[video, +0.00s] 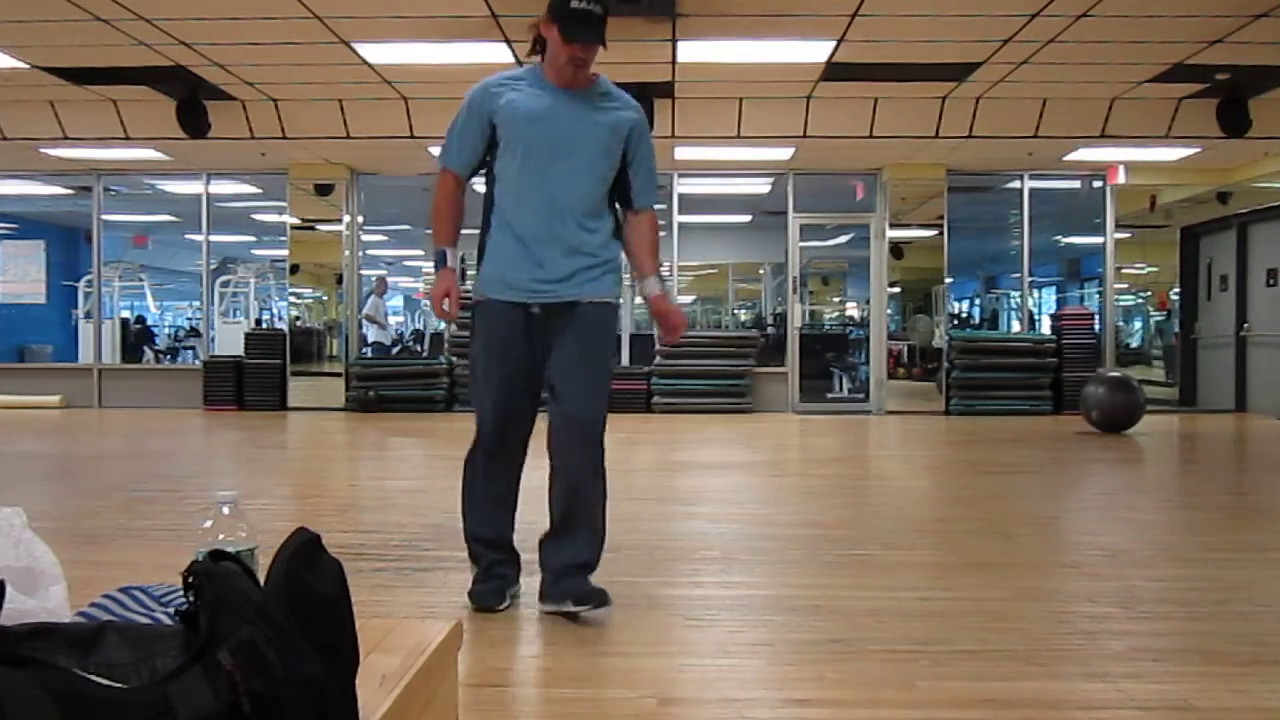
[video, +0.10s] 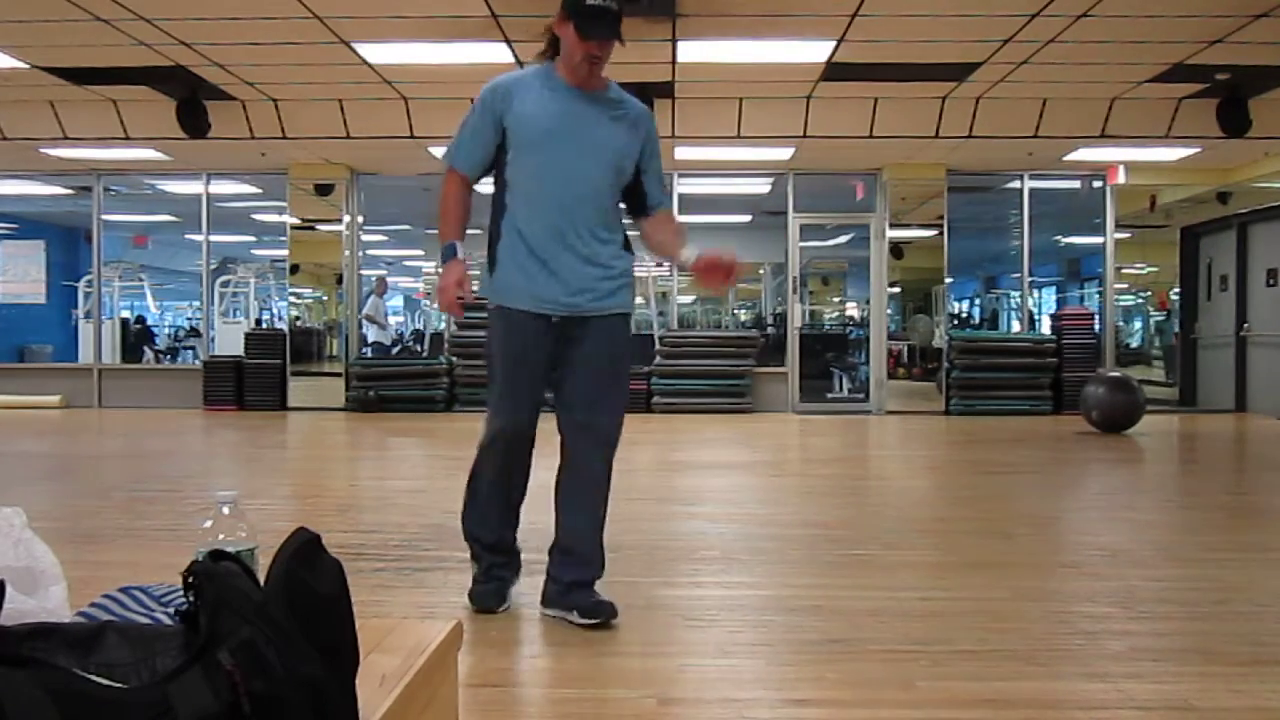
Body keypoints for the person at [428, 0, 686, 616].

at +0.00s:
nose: (583, 64)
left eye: (592, 54)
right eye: (573, 51)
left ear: (604, 44)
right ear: (545, 31)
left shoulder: (624, 114)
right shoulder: (494, 98)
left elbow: (639, 210)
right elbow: (451, 178)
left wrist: (654, 289)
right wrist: (445, 264)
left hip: (588, 298)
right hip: (504, 295)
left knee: (580, 438)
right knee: (497, 437)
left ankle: (568, 578)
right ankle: (492, 571)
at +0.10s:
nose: (599, 47)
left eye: (608, 36)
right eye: (589, 33)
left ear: (618, 38)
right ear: (560, 27)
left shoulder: (634, 118)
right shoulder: (507, 96)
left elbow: (652, 213)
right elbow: (458, 176)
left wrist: (690, 258)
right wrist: (452, 255)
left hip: (603, 301)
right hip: (519, 296)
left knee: (592, 444)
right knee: (509, 431)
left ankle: (573, 585)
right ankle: (492, 566)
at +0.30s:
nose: (636, 39)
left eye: (646, 28)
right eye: (628, 24)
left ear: (656, 26)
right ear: (594, 10)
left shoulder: (667, 95)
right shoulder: (537, 74)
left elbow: (717, 180)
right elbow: (475, 156)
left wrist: (759, 166)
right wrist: (499, 176)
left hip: (634, 288)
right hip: (559, 274)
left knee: (621, 439)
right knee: (575, 414)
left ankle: (581, 579)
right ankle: (538, 557)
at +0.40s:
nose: (652, 26)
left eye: (662, 17)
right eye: (644, 12)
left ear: (668, 18)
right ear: (611, 2)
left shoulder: (682, 83)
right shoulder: (551, 56)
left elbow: (729, 163)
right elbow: (487, 141)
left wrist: (772, 169)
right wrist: (524, 161)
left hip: (651, 275)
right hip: (571, 264)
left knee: (664, 415)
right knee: (599, 406)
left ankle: (606, 572)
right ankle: (592, 578)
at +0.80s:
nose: (746, 29)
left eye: (752, 20)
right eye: (744, 13)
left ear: (719, 13)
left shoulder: (713, 76)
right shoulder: (616, 46)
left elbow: (711, 150)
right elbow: (529, 123)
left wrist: (761, 180)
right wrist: (632, 166)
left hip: (690, 288)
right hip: (615, 287)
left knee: (723, 421)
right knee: (627, 450)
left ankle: (628, 545)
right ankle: (646, 620)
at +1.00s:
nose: (752, 45)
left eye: (756, 34)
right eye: (751, 28)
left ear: (714, 18)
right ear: (717, 13)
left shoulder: (694, 99)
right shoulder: (648, 74)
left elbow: (721, 191)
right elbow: (602, 178)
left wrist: (801, 192)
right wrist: (717, 220)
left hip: (684, 310)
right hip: (664, 312)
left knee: (685, 449)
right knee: (723, 449)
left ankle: (638, 584)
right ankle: (667, 629)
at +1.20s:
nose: (776, 20)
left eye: (781, 12)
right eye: (776, 7)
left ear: (752, 6)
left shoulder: (709, 54)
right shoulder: (687, 33)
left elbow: (669, 161)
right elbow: (663, 137)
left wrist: (727, 194)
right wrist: (772, 155)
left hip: (704, 282)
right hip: (662, 279)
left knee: (743, 423)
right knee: (680, 447)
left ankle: (665, 569)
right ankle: (658, 630)